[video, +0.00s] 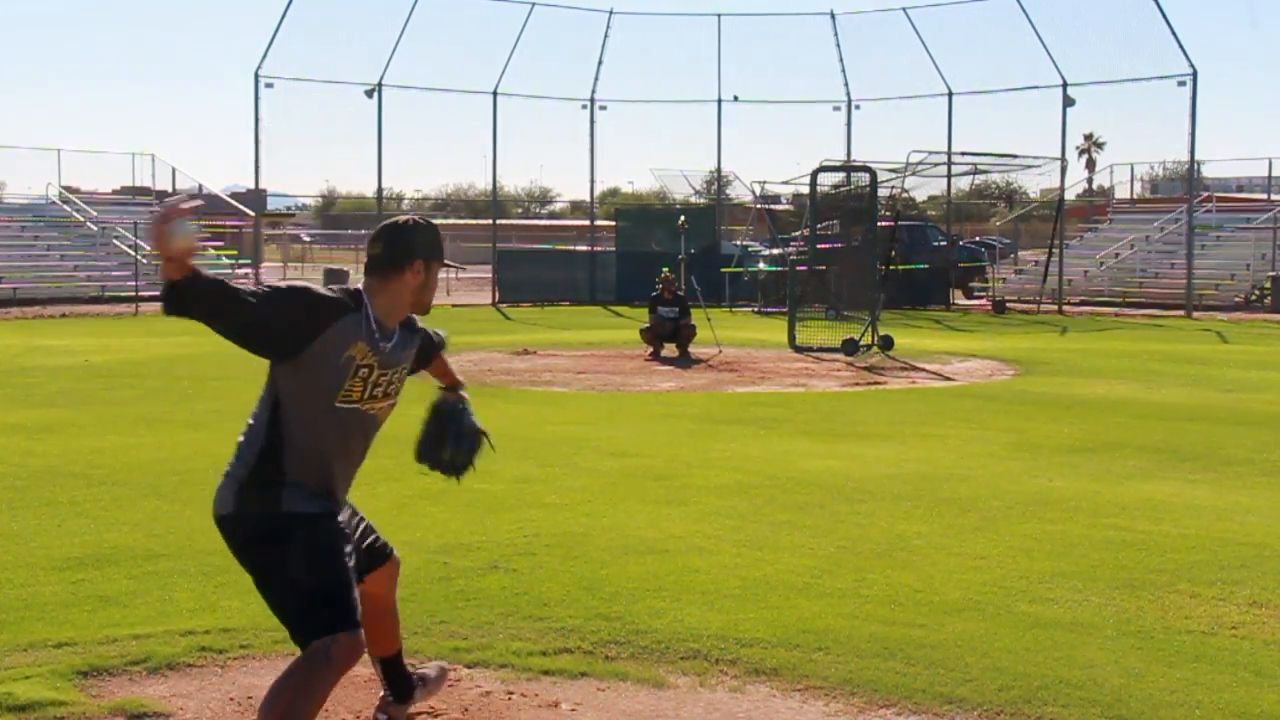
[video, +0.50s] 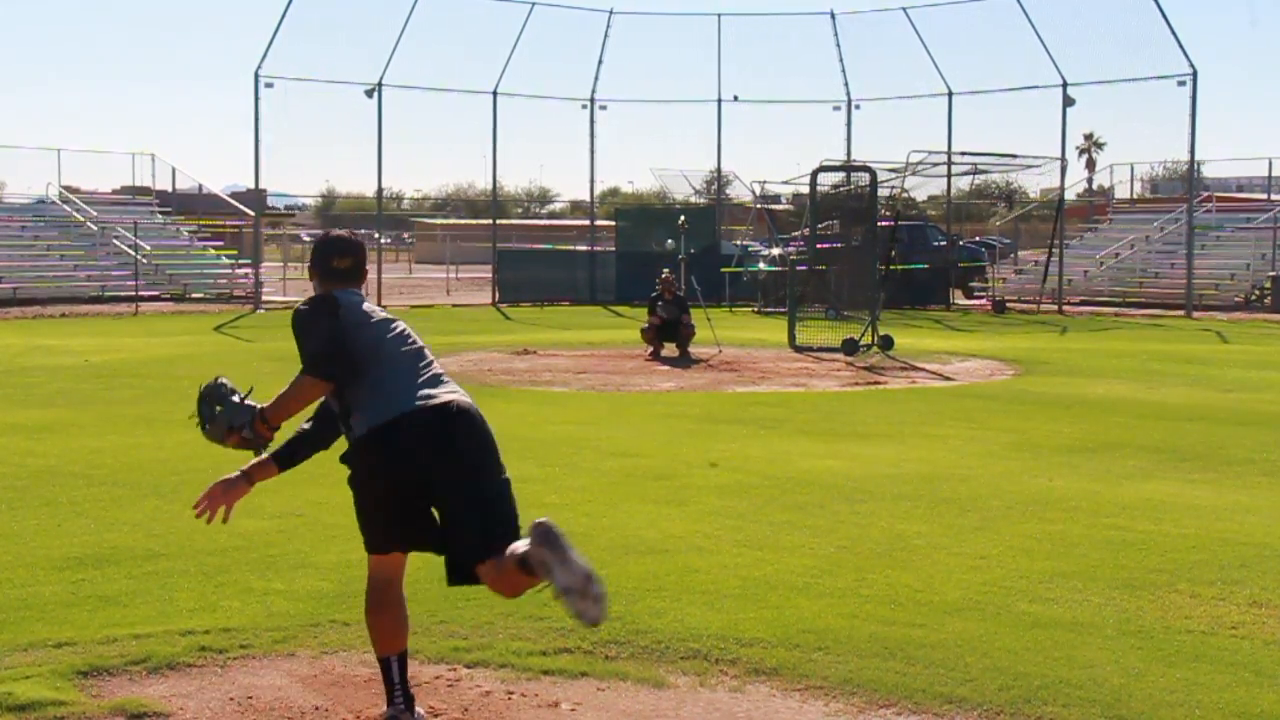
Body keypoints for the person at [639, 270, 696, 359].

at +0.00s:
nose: (668, 286)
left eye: (671, 283)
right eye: (665, 283)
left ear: (675, 284)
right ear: (661, 284)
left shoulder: (681, 299)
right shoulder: (654, 298)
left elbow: (686, 319)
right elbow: (652, 318)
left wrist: (673, 324)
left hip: (676, 327)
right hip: (660, 327)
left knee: (690, 329)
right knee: (645, 332)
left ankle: (683, 349)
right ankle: (656, 348)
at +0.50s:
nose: (667, 286)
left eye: (670, 283)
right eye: (664, 283)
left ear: (674, 285)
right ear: (660, 285)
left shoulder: (680, 299)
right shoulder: (654, 299)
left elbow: (686, 316)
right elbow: (651, 318)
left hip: (677, 326)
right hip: (661, 326)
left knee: (688, 328)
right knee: (646, 331)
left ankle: (683, 349)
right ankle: (657, 347)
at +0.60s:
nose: (667, 285)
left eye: (670, 282)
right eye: (665, 283)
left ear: (674, 284)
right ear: (661, 284)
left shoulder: (679, 298)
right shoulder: (654, 299)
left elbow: (690, 316)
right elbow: (650, 318)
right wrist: (659, 321)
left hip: (675, 326)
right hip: (660, 325)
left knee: (689, 329)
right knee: (646, 331)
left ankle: (683, 350)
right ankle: (656, 348)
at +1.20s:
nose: (666, 287)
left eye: (669, 284)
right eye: (664, 284)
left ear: (673, 284)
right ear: (659, 285)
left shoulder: (678, 296)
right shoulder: (655, 297)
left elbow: (687, 305)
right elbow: (649, 317)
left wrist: (680, 306)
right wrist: (651, 315)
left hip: (675, 327)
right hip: (660, 328)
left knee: (687, 331)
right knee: (645, 331)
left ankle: (683, 350)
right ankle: (656, 348)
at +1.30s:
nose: (666, 285)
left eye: (669, 282)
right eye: (663, 282)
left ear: (673, 283)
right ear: (659, 283)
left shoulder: (678, 295)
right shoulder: (655, 296)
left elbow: (685, 304)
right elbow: (649, 318)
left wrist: (679, 306)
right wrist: (649, 305)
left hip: (676, 330)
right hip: (660, 330)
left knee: (687, 332)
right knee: (645, 332)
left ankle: (683, 349)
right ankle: (656, 348)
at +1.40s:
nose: (666, 282)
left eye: (668, 279)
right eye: (663, 279)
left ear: (673, 280)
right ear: (659, 280)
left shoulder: (678, 293)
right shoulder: (655, 295)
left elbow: (681, 303)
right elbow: (646, 315)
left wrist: (675, 303)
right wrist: (638, 308)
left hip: (677, 330)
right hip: (661, 331)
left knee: (686, 334)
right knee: (646, 334)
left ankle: (682, 349)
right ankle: (656, 347)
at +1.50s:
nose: (666, 280)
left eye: (669, 277)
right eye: (663, 277)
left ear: (673, 278)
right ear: (659, 278)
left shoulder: (678, 292)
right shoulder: (657, 294)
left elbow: (678, 300)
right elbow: (644, 308)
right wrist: (631, 303)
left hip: (676, 330)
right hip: (661, 330)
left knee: (684, 337)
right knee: (646, 336)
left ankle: (683, 350)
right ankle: (656, 348)